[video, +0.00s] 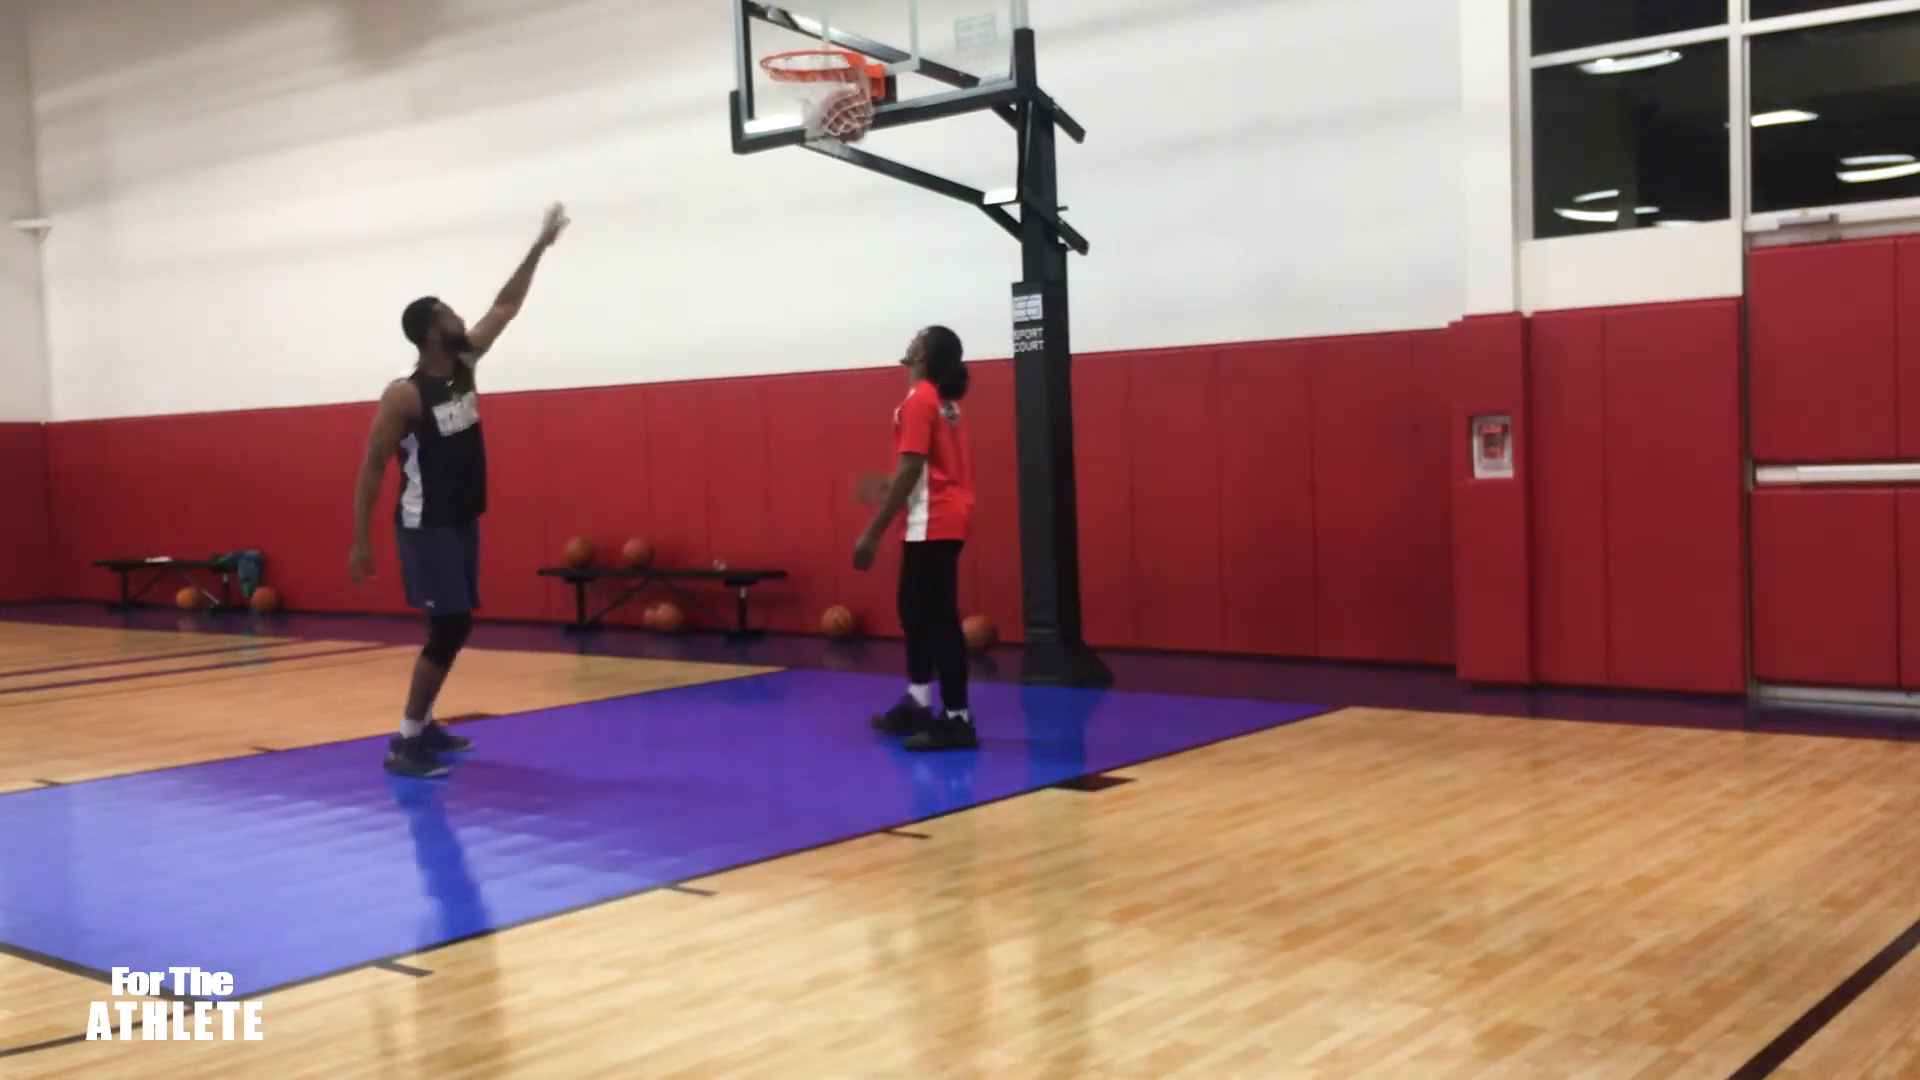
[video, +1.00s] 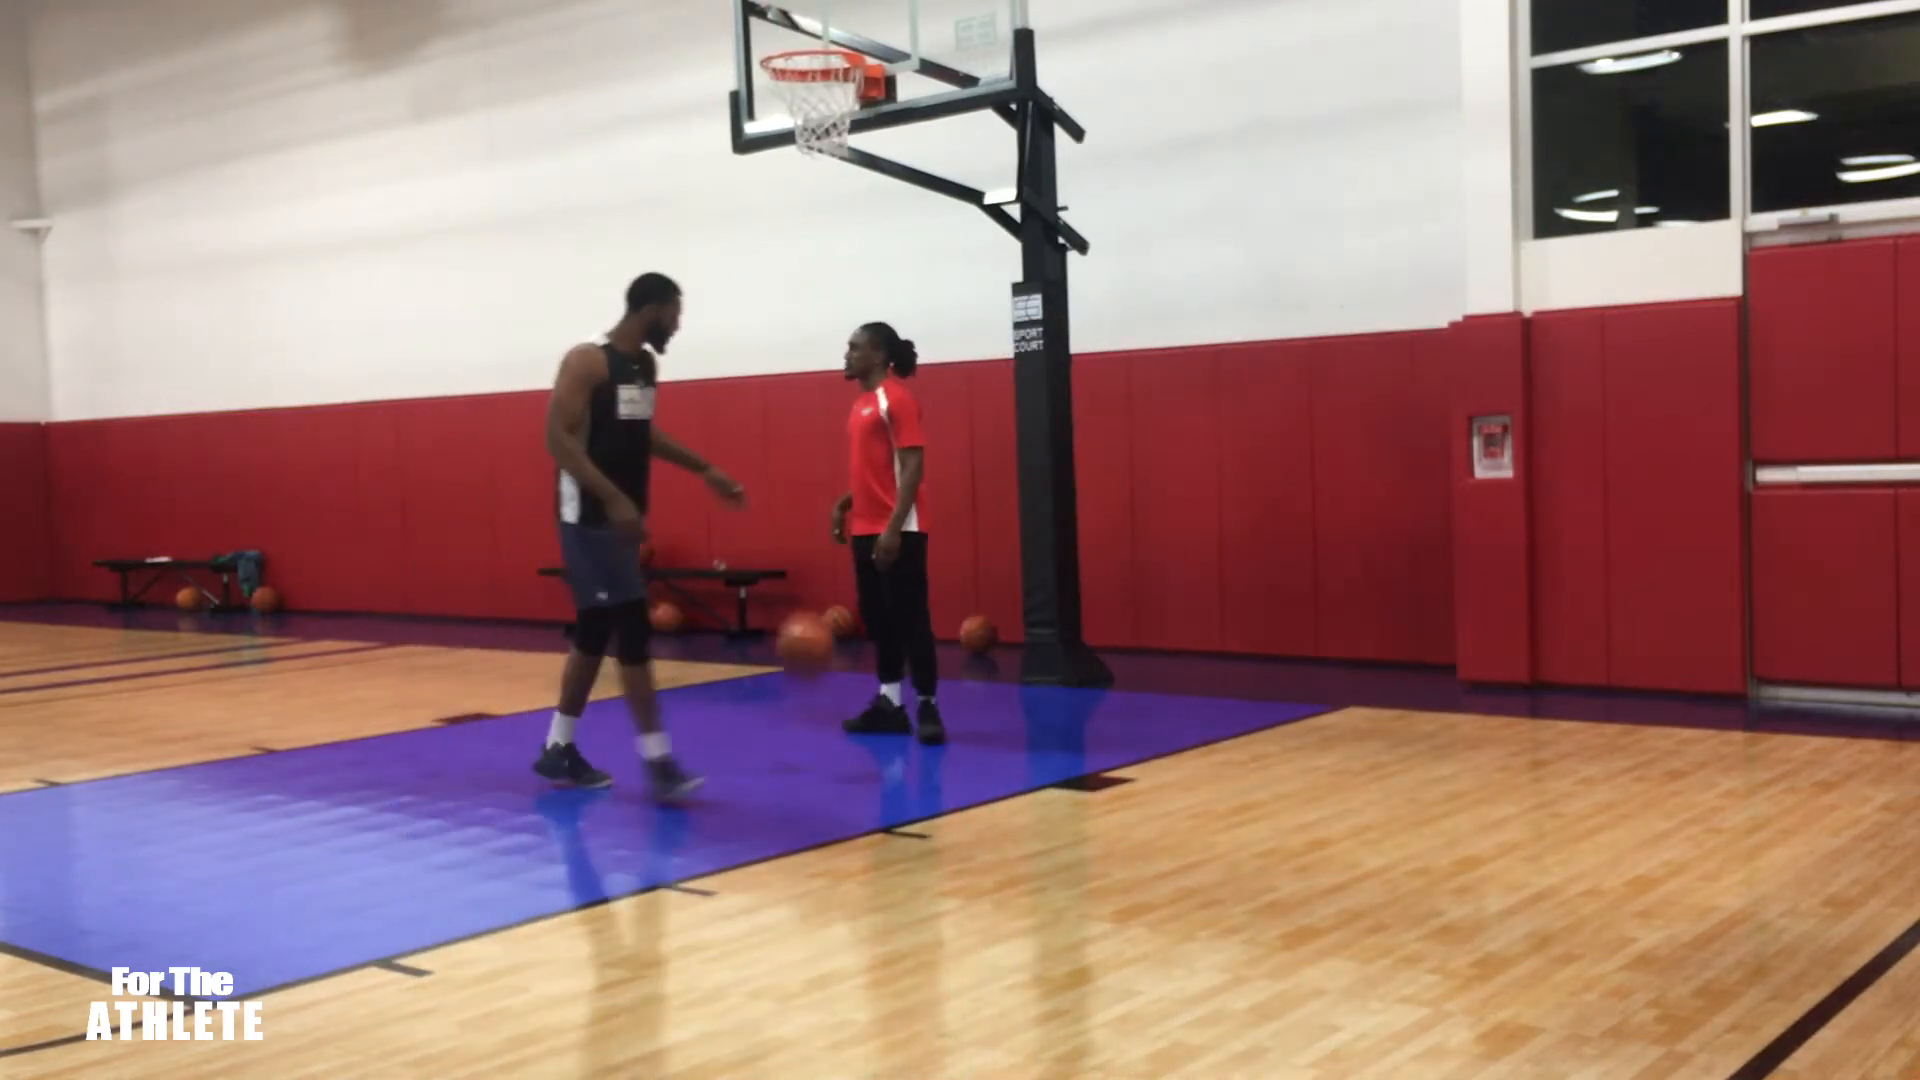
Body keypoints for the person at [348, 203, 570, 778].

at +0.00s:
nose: (460, 318)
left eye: (454, 313)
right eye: (450, 314)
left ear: (442, 329)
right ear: (432, 332)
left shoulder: (464, 363)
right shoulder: (404, 397)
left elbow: (505, 307)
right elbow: (371, 470)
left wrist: (540, 247)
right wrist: (360, 545)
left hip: (462, 522)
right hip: (426, 527)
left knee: (458, 622)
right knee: (449, 624)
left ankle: (421, 724)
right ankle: (406, 740)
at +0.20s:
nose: (467, 310)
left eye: (461, 303)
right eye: (457, 304)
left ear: (444, 320)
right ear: (436, 320)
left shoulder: (471, 362)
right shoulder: (404, 384)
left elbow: (521, 367)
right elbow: (399, 465)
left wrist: (590, 343)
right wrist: (432, 528)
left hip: (475, 521)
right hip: (426, 526)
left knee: (500, 617)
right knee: (432, 625)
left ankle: (448, 706)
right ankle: (403, 740)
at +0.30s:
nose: (480, 310)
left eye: (475, 302)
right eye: (471, 304)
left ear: (456, 317)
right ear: (449, 317)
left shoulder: (479, 365)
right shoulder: (415, 381)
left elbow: (512, 411)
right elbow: (414, 462)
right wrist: (469, 513)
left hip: (484, 513)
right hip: (430, 519)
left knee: (520, 612)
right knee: (427, 623)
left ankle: (479, 721)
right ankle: (403, 741)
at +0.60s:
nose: (578, 331)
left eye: (575, 322)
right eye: (570, 322)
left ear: (548, 330)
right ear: (546, 328)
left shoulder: (553, 392)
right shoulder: (495, 379)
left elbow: (533, 463)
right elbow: (464, 452)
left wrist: (548, 518)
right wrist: (514, 506)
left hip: (534, 530)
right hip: (480, 530)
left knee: (556, 627)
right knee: (459, 628)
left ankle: (554, 752)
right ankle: (414, 729)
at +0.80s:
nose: (631, 322)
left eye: (630, 313)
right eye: (624, 312)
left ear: (602, 314)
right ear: (599, 312)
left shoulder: (597, 372)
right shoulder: (544, 359)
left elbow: (579, 452)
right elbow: (511, 432)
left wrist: (608, 503)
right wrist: (545, 500)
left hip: (578, 518)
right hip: (536, 514)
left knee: (576, 625)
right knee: (558, 618)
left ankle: (555, 751)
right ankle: (492, 710)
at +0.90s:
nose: (653, 326)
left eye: (653, 316)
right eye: (648, 316)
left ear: (629, 313)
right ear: (623, 312)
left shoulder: (619, 367)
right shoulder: (566, 358)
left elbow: (614, 439)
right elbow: (534, 435)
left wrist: (664, 484)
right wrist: (576, 496)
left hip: (598, 517)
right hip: (563, 517)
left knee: (596, 625)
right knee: (590, 623)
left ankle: (565, 746)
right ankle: (558, 750)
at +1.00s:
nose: (676, 325)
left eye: (678, 315)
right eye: (672, 314)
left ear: (648, 310)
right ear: (646, 310)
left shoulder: (643, 367)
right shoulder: (586, 362)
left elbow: (639, 434)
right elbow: (560, 440)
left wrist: (705, 470)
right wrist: (613, 497)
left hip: (621, 523)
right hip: (590, 524)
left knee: (593, 631)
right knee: (632, 630)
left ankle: (557, 749)